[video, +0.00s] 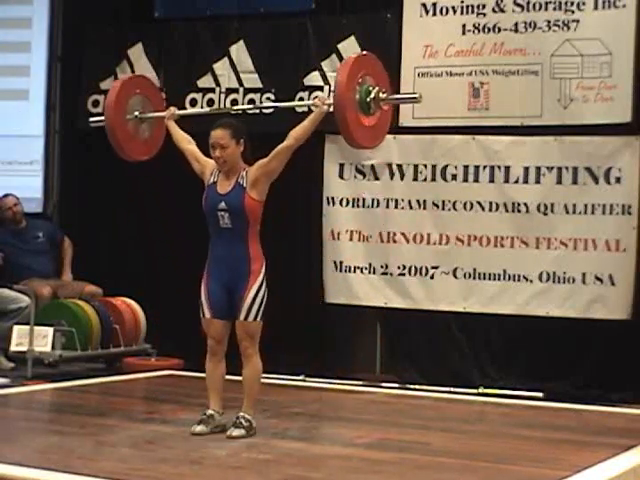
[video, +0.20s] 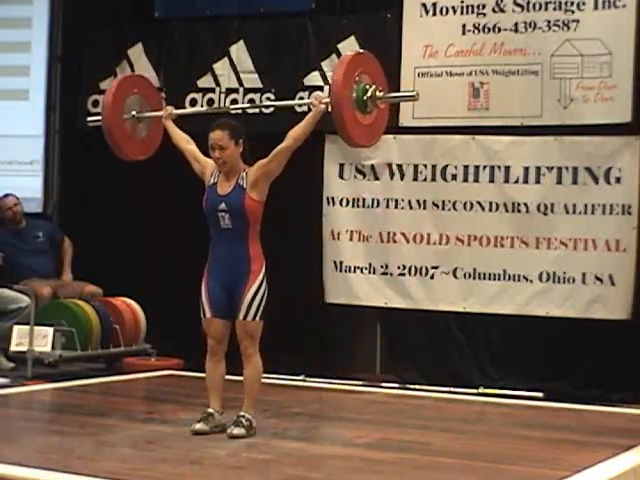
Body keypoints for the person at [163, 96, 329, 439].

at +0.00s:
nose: (217, 153)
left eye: (222, 147)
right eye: (213, 147)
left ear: (241, 147)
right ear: (211, 150)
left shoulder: (256, 176)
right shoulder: (211, 174)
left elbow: (290, 144)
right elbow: (188, 148)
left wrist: (319, 112)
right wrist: (170, 121)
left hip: (249, 272)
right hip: (215, 272)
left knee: (248, 346)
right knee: (214, 346)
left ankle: (247, 416)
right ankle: (213, 413)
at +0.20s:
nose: (216, 155)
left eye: (221, 148)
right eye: (212, 149)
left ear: (240, 147)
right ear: (210, 151)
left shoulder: (257, 176)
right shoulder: (211, 174)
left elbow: (289, 144)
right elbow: (187, 147)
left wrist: (317, 111)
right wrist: (168, 121)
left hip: (249, 273)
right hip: (215, 272)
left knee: (248, 346)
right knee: (215, 346)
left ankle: (247, 416)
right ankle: (214, 412)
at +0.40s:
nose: (214, 154)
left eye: (219, 148)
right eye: (211, 149)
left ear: (238, 146)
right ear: (208, 150)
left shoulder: (254, 175)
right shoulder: (209, 173)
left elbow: (286, 144)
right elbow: (185, 146)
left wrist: (314, 110)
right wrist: (165, 120)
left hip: (248, 273)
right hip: (214, 272)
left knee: (248, 346)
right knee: (214, 346)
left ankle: (247, 416)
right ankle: (213, 412)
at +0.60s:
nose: (209, 153)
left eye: (215, 146)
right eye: (206, 147)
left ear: (233, 145)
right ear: (204, 148)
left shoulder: (250, 176)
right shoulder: (204, 172)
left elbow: (282, 144)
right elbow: (181, 147)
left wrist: (312, 111)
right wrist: (162, 120)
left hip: (244, 273)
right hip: (210, 273)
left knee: (246, 346)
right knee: (212, 346)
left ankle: (246, 416)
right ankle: (213, 413)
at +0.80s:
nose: (210, 154)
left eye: (215, 147)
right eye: (206, 148)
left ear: (234, 146)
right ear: (204, 149)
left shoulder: (251, 177)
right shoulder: (204, 173)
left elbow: (282, 145)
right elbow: (180, 147)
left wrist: (311, 111)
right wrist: (161, 120)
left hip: (245, 273)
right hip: (210, 273)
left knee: (246, 347)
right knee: (212, 347)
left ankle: (247, 416)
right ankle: (213, 413)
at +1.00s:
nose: (214, 156)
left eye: (219, 149)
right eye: (210, 150)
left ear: (237, 147)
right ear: (207, 152)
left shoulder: (255, 177)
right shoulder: (208, 174)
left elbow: (286, 145)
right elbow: (183, 147)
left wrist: (311, 111)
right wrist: (161, 121)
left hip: (250, 274)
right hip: (216, 273)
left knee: (249, 346)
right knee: (215, 346)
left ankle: (247, 416)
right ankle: (214, 412)